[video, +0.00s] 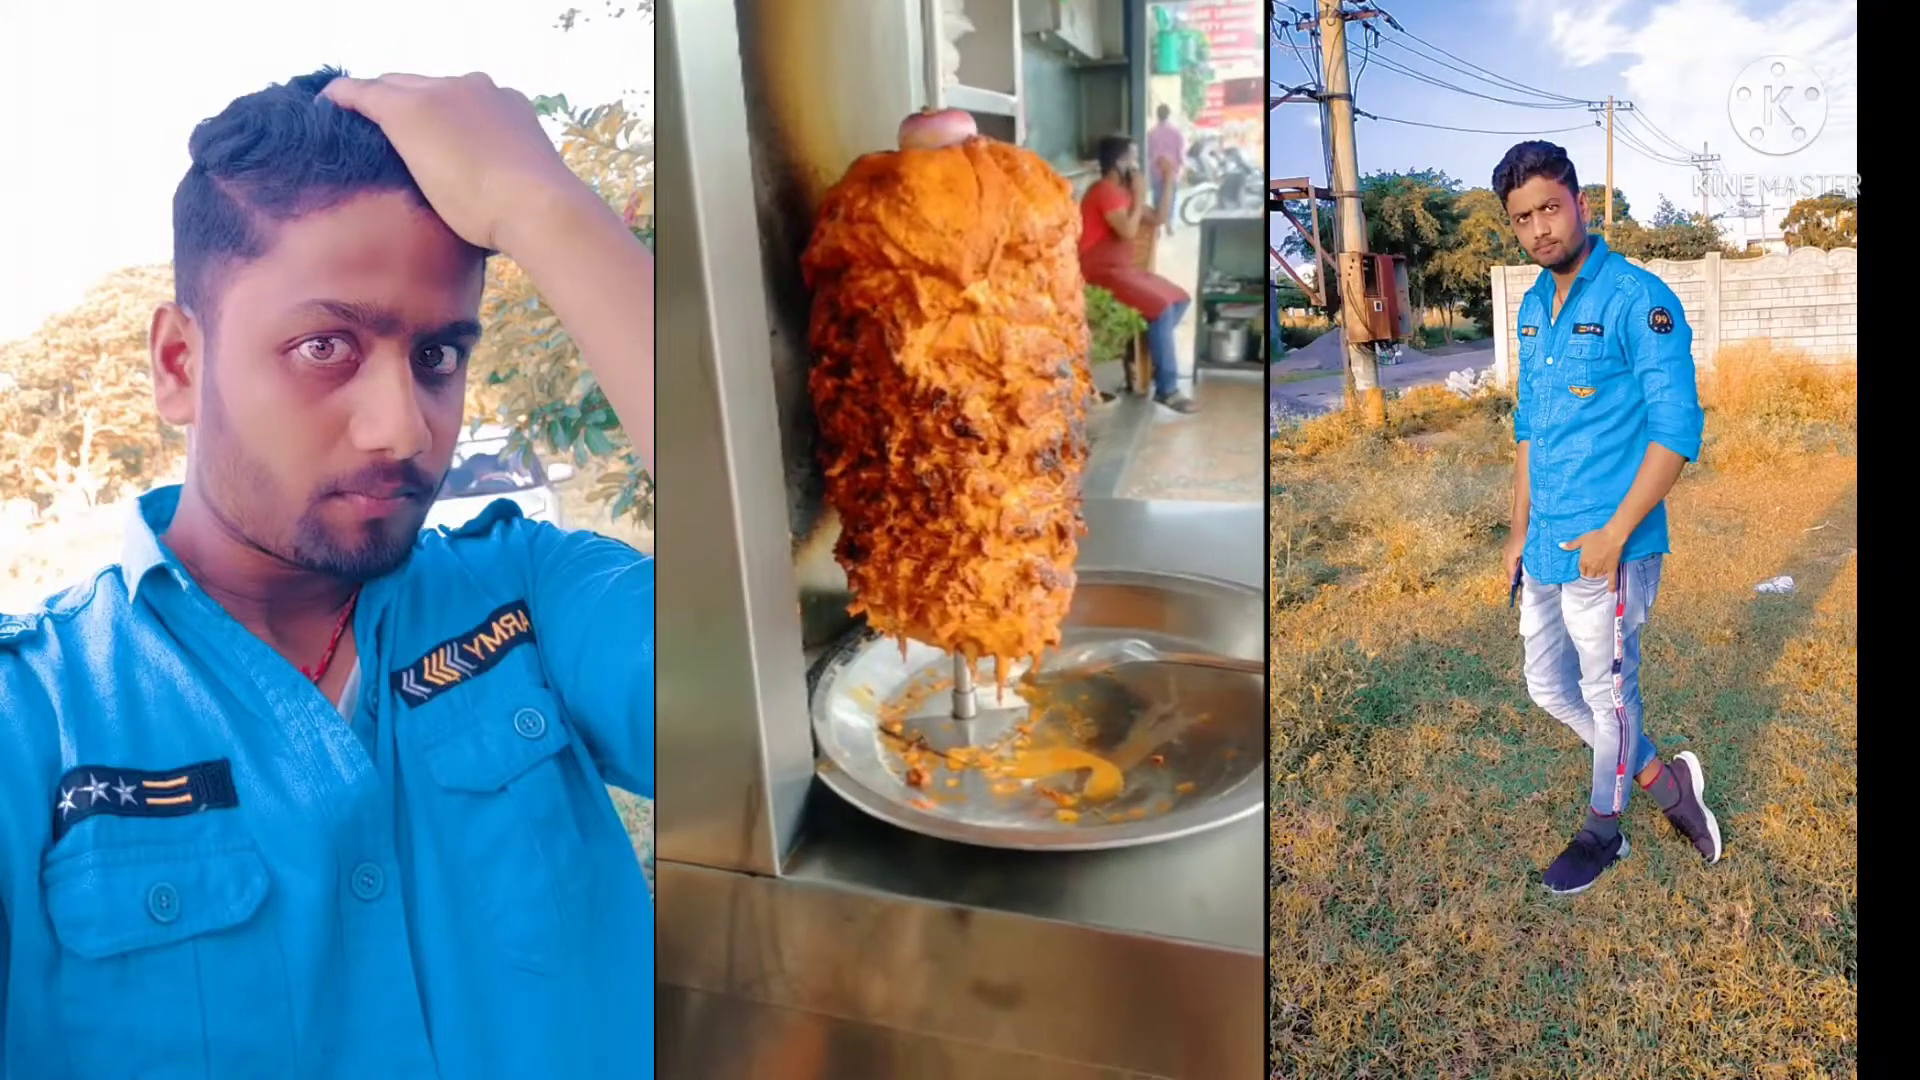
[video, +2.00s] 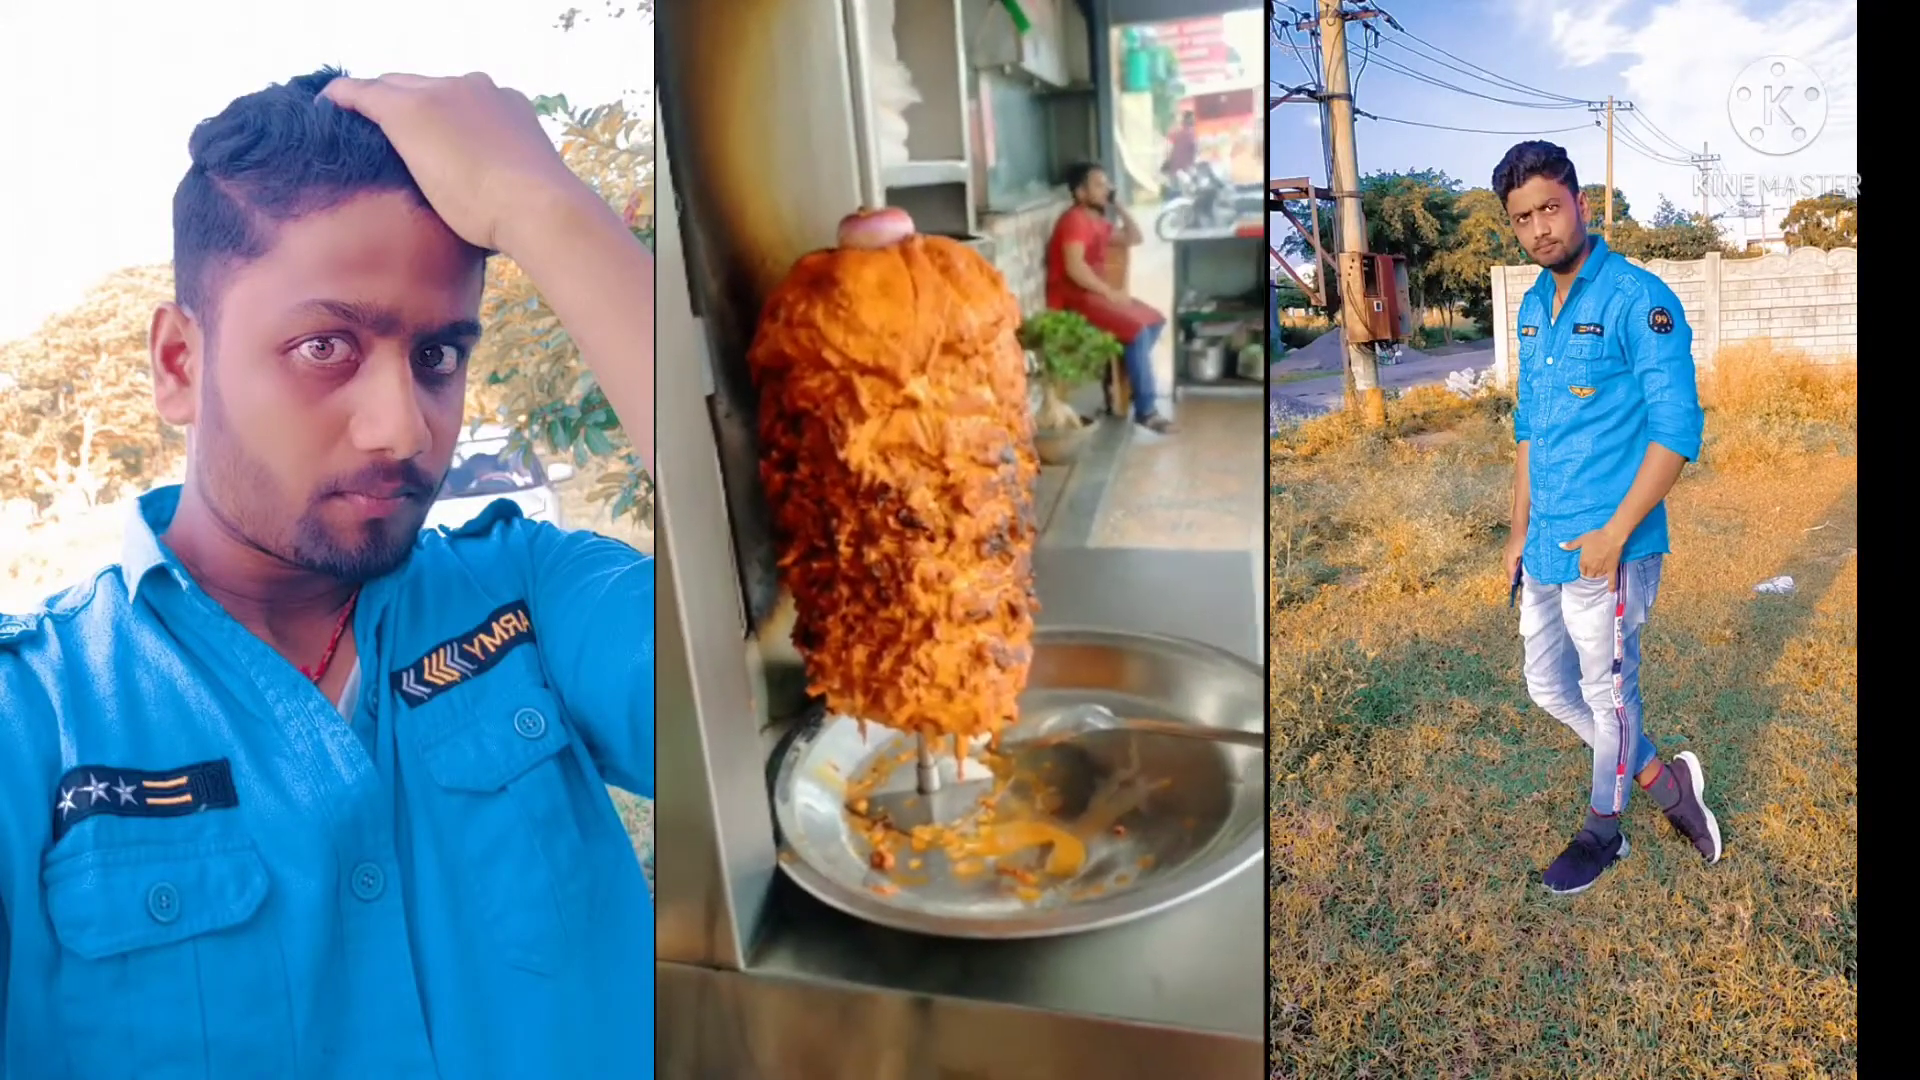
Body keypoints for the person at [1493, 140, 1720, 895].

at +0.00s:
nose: (1538, 228)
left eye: (1549, 208)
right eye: (1522, 218)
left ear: (1581, 203)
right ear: (1513, 228)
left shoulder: (1640, 298)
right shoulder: (1534, 307)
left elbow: (1678, 431)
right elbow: (1529, 431)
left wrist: (1615, 532)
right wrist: (1520, 530)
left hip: (1611, 536)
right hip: (1544, 538)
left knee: (1610, 689)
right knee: (1548, 684)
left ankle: (1602, 828)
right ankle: (1666, 778)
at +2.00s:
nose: (1537, 228)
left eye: (1549, 208)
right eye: (1522, 218)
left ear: (1582, 202)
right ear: (1513, 229)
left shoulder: (1640, 298)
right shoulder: (1534, 307)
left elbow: (1678, 431)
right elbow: (1529, 431)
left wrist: (1616, 532)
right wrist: (1519, 529)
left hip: (1611, 536)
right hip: (1544, 538)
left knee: (1610, 689)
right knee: (1549, 684)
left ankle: (1602, 829)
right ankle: (1665, 778)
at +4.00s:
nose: (1537, 229)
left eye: (1548, 209)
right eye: (1522, 219)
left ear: (1582, 203)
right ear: (1513, 228)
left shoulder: (1640, 298)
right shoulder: (1534, 307)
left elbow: (1678, 432)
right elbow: (1529, 431)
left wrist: (1615, 533)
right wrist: (1519, 529)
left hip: (1611, 537)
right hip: (1544, 538)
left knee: (1609, 689)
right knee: (1549, 684)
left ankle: (1602, 828)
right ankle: (1665, 778)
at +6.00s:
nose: (1537, 229)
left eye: (1548, 208)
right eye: (1522, 219)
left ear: (1582, 202)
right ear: (1513, 228)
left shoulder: (1641, 298)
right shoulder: (1534, 306)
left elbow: (1678, 432)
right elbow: (1529, 431)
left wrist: (1616, 532)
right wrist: (1519, 528)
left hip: (1612, 537)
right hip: (1544, 538)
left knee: (1609, 690)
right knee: (1549, 685)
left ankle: (1603, 828)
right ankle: (1665, 777)